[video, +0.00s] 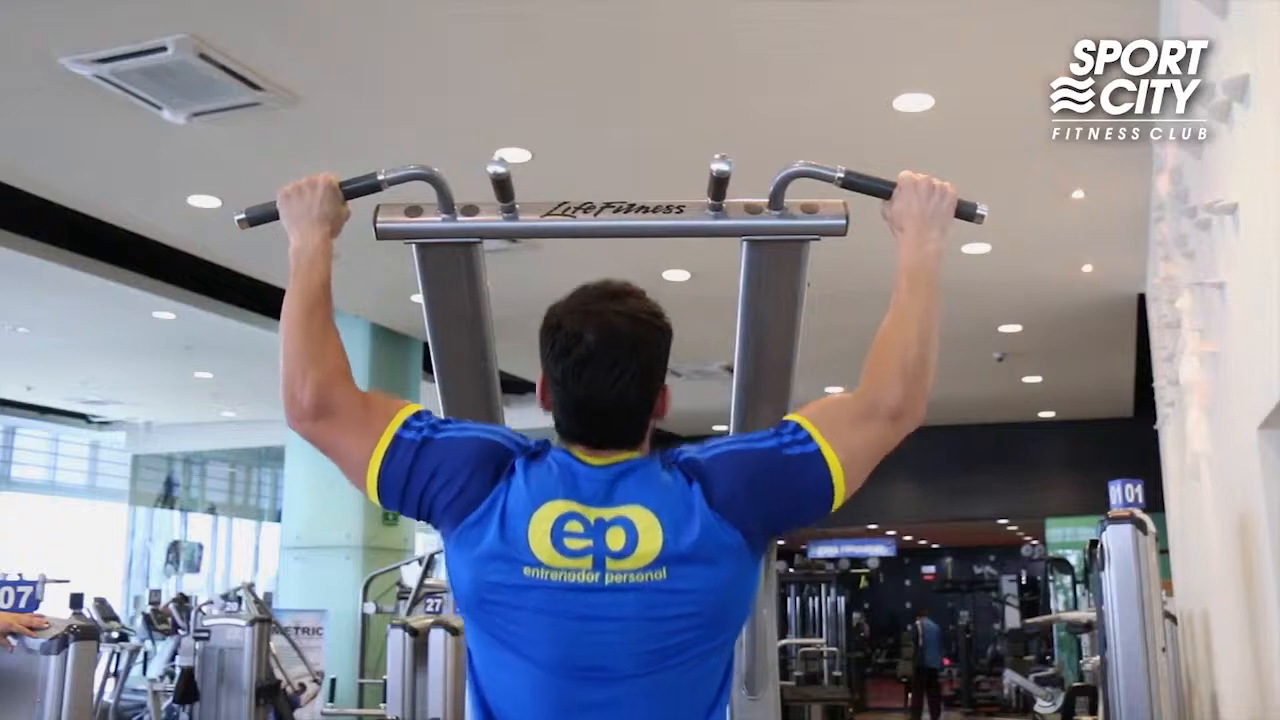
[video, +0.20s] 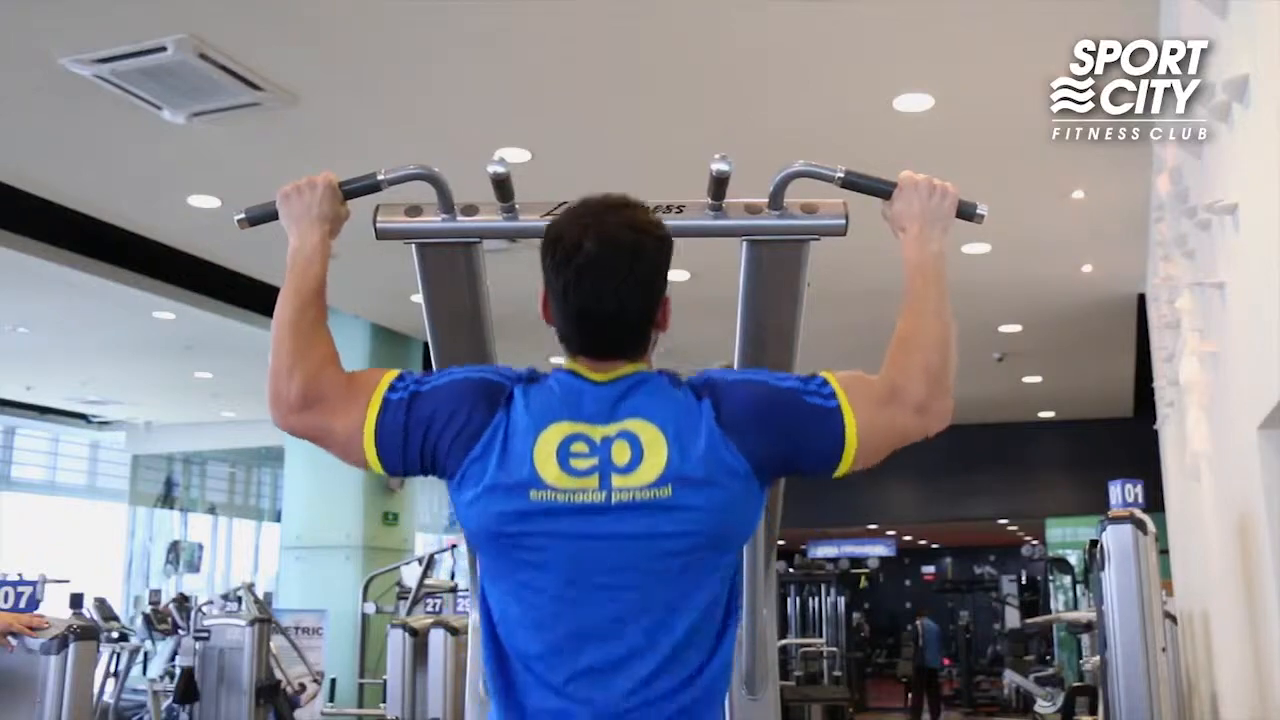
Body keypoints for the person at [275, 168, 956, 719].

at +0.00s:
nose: (665, 386)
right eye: (665, 376)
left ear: (541, 391)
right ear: (662, 398)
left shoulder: (480, 485)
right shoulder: (727, 494)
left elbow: (316, 401)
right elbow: (889, 405)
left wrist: (309, 240)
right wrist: (921, 242)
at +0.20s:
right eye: (663, 290)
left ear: (547, 310)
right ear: (663, 313)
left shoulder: (480, 417)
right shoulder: (731, 419)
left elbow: (301, 398)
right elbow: (918, 402)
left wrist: (308, 241)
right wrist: (926, 244)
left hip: (530, 710)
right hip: (684, 710)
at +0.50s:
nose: (669, 163)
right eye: (666, 151)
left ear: (552, 173)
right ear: (667, 172)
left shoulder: (489, 294)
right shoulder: (736, 293)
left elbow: (312, 390)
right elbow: (913, 391)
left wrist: (307, 239)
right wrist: (928, 238)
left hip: (537, 651)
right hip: (683, 653)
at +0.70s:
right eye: (670, 97)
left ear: (556, 116)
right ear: (666, 112)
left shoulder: (492, 236)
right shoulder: (736, 235)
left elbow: (341, 377)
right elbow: (890, 377)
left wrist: (308, 239)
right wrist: (925, 238)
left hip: (541, 595)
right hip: (684, 598)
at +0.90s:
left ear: (559, 108)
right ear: (670, 106)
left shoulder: (495, 230)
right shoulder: (739, 231)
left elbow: (343, 374)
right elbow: (892, 375)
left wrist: (309, 239)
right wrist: (926, 238)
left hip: (543, 593)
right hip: (687, 596)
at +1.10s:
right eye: (670, 126)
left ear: (556, 141)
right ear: (669, 142)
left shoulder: (491, 260)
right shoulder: (735, 266)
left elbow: (325, 384)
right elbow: (905, 385)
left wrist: (308, 237)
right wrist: (926, 238)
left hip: (540, 626)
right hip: (684, 627)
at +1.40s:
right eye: (668, 182)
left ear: (550, 203)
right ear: (668, 203)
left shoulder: (480, 317)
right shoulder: (735, 327)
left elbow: (297, 392)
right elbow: (919, 394)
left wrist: (307, 242)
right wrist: (927, 237)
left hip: (532, 687)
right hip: (685, 687)